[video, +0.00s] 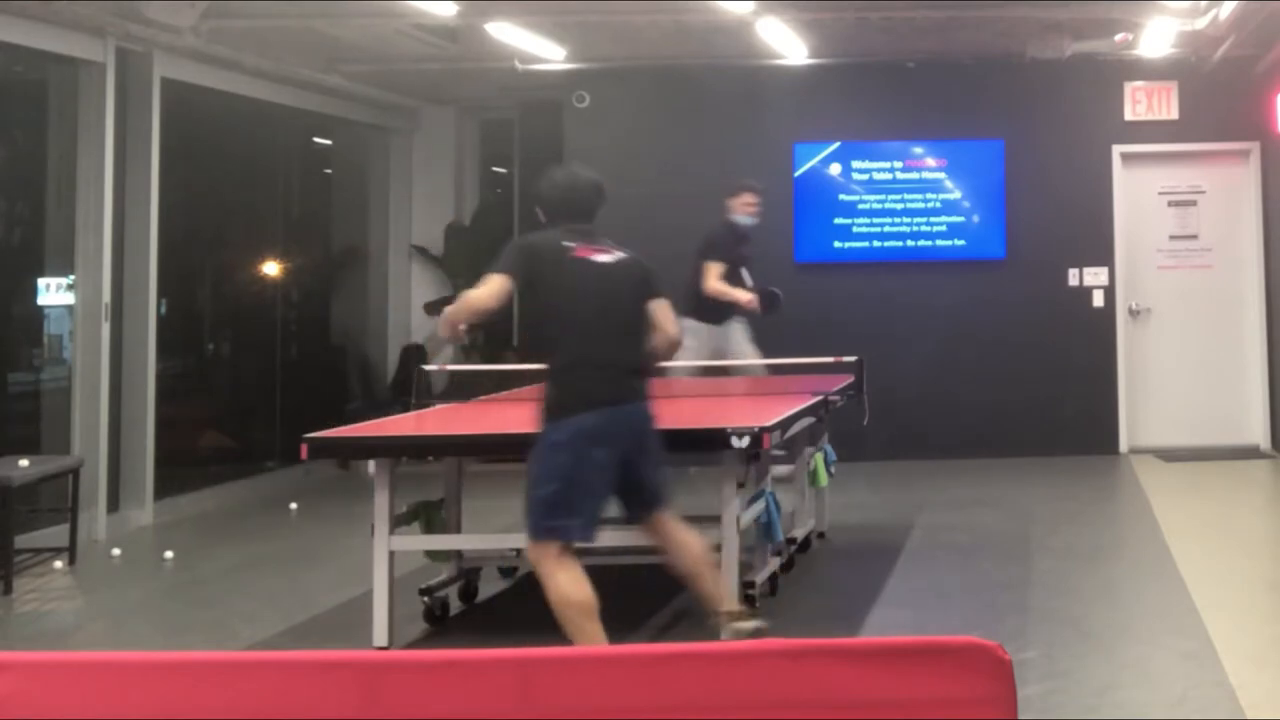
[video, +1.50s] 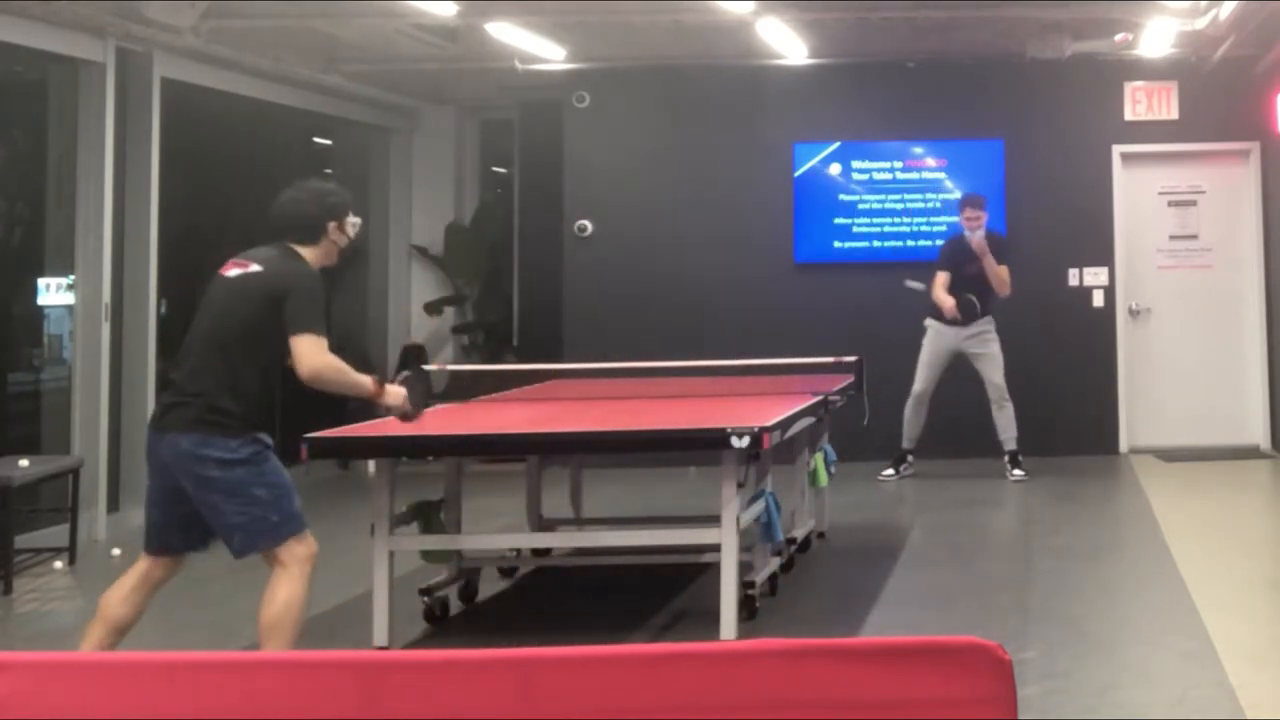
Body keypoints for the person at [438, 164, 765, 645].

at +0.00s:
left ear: (544, 208)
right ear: (596, 209)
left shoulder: (531, 248)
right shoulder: (627, 261)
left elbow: (484, 299)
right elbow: (668, 333)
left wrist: (454, 317)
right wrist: (636, 363)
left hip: (575, 420)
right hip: (630, 413)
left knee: (549, 547)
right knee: (658, 517)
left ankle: (600, 663)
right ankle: (732, 613)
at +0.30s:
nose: (541, 234)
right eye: (541, 228)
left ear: (477, 226)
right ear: (535, 234)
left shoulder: (437, 271)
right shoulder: (550, 287)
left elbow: (371, 327)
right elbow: (579, 365)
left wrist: (413, 327)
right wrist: (553, 399)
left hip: (420, 438)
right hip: (493, 442)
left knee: (359, 543)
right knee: (535, 535)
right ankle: (535, 655)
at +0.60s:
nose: (392, 283)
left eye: (392, 273)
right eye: (390, 274)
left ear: (328, 262)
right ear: (376, 275)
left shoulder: (278, 293)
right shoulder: (382, 317)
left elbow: (221, 349)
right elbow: (434, 392)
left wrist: (276, 336)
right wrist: (382, 395)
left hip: (246, 462)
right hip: (319, 466)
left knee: (191, 575)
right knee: (401, 567)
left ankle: (140, 678)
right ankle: (482, 662)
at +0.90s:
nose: (325, 218)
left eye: (322, 210)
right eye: (321, 211)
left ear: (259, 215)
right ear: (311, 218)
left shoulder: (226, 246)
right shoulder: (337, 268)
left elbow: (160, 287)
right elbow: (393, 320)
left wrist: (179, 334)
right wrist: (408, 315)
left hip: (218, 428)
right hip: (297, 432)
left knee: (158, 554)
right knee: (340, 550)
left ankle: (126, 677)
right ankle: (387, 666)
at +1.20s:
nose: (320, 221)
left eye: (319, 212)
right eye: (316, 213)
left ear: (251, 216)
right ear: (301, 220)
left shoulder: (198, 258)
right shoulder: (305, 279)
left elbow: (132, 329)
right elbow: (315, 368)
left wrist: (193, 359)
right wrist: (346, 392)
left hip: (172, 436)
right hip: (249, 439)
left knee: (138, 564)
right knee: (315, 553)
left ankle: (109, 687)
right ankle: (375, 670)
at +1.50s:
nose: (347, 238)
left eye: (349, 226)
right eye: (345, 226)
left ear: (291, 224)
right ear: (322, 227)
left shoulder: (243, 263)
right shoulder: (297, 274)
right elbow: (313, 365)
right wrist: (378, 390)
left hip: (169, 434)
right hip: (221, 439)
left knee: (158, 560)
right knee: (295, 553)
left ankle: (79, 669)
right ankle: (271, 689)